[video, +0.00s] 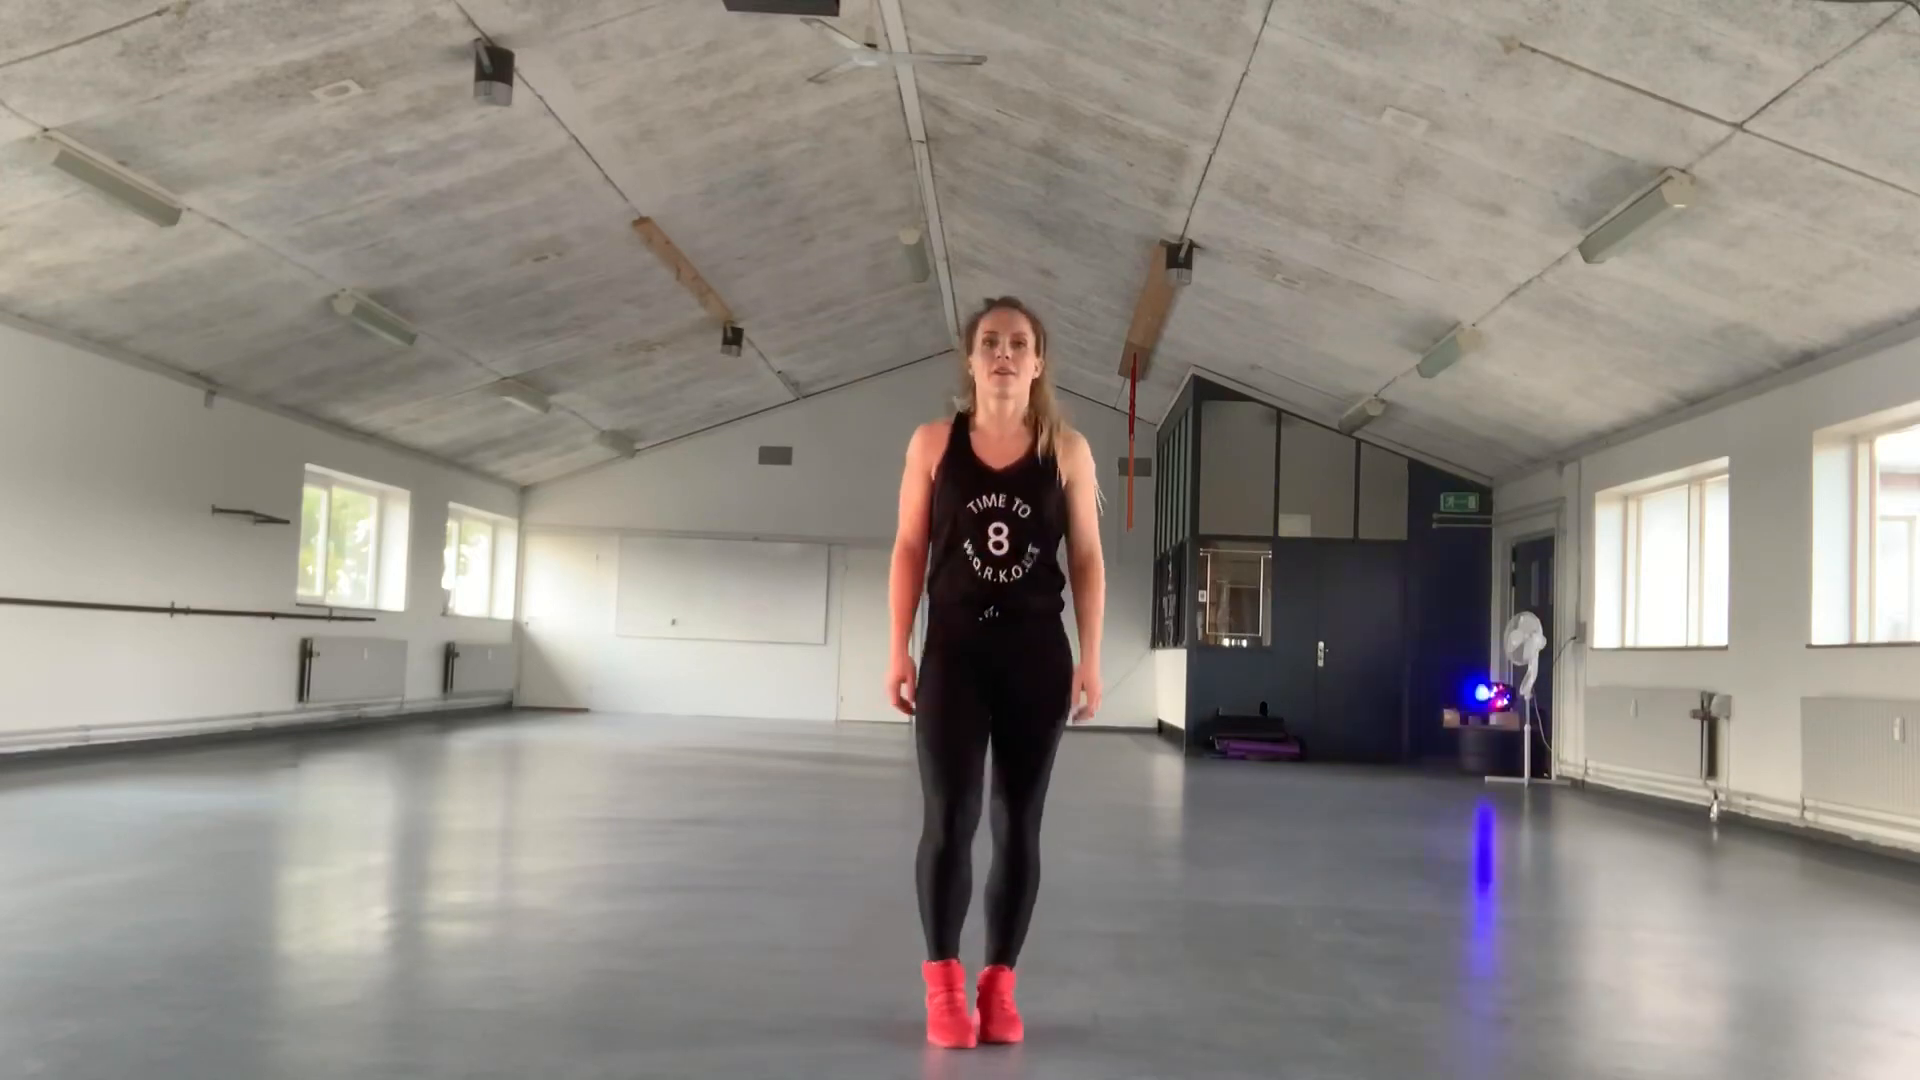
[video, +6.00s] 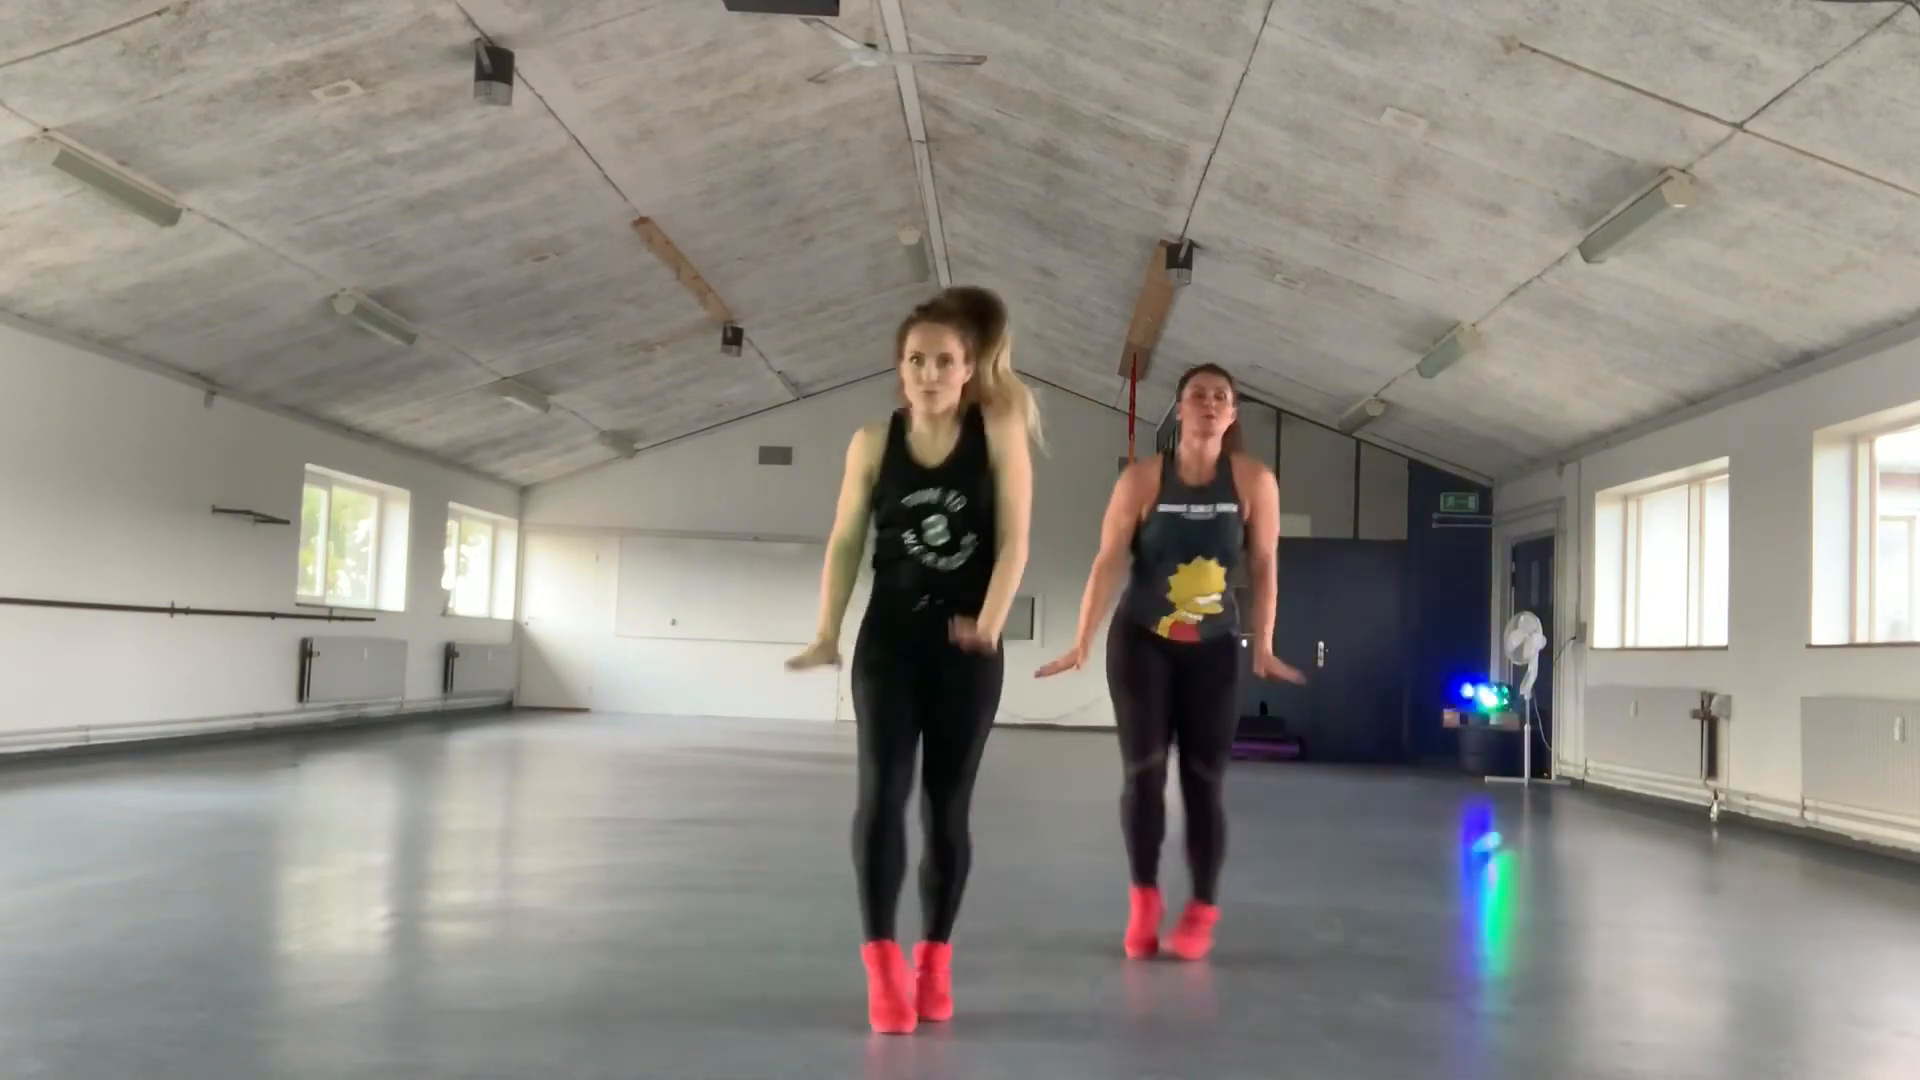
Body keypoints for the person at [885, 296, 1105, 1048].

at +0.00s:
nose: (1005, 355)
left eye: (1019, 344)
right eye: (992, 344)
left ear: (1039, 360)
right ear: (970, 358)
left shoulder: (1067, 450)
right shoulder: (933, 443)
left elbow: (1087, 562)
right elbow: (910, 548)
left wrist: (1089, 657)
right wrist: (899, 648)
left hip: (1037, 656)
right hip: (951, 654)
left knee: (1019, 822)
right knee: (951, 818)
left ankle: (1001, 980)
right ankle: (943, 977)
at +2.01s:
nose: (1024, 342)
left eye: (1037, 332)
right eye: (1011, 330)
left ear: (1056, 347)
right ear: (988, 341)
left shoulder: (1081, 437)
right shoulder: (950, 432)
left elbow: (1091, 551)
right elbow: (918, 532)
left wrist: (1091, 642)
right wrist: (875, 608)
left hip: (1042, 642)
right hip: (959, 639)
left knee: (1027, 809)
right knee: (963, 805)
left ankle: (1014, 972)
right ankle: (960, 974)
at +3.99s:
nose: (1024, 355)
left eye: (1039, 344)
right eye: (1012, 343)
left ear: (1062, 358)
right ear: (993, 356)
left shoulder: (1090, 442)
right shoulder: (963, 427)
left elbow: (1103, 544)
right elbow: (924, 519)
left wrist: (1093, 612)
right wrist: (916, 598)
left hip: (1045, 643)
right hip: (965, 638)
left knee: (1026, 810)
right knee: (975, 794)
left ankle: (1008, 971)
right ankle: (960, 954)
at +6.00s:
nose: (927, 374)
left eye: (943, 360)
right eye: (916, 359)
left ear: (971, 368)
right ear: (899, 365)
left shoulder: (998, 438)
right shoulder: (873, 444)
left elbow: (1013, 541)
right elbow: (845, 543)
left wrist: (988, 626)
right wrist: (826, 633)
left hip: (966, 638)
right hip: (889, 634)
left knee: (945, 805)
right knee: (882, 796)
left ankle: (934, 955)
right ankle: (881, 956)